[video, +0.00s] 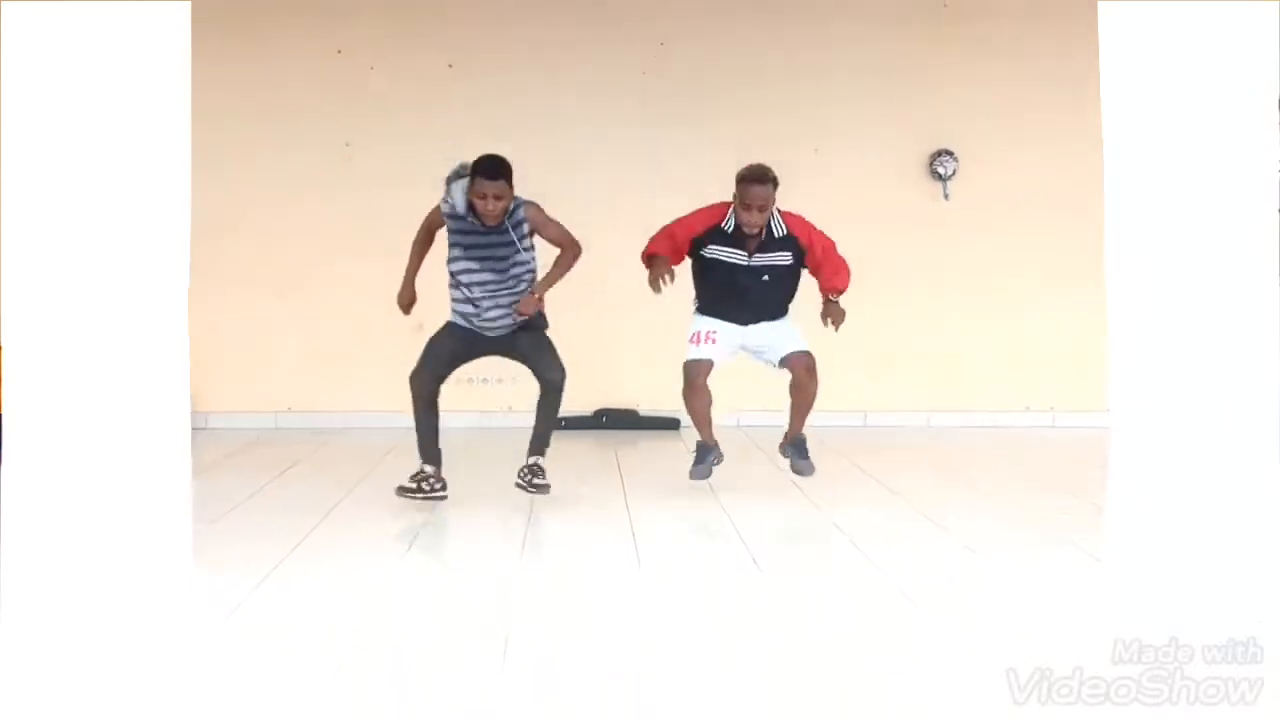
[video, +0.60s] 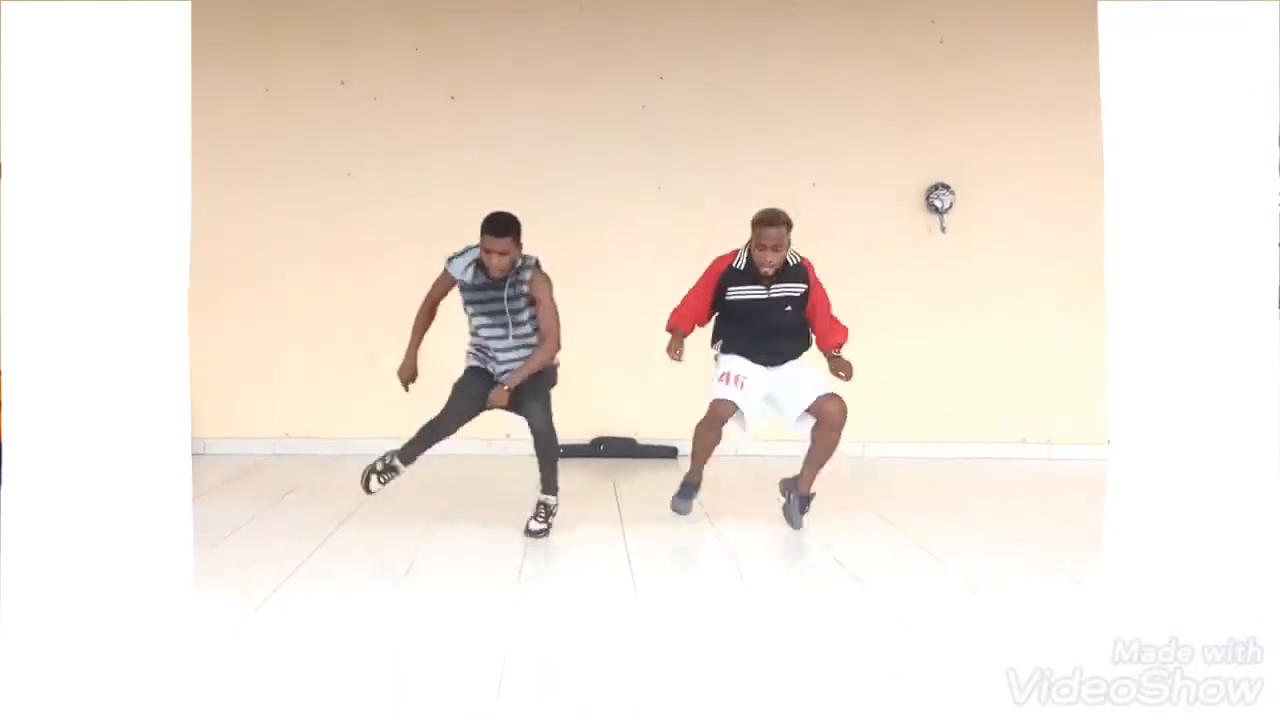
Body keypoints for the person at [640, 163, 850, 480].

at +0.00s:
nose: (753, 217)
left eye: (762, 209)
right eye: (746, 208)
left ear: (773, 203)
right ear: (735, 199)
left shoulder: (794, 229)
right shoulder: (712, 219)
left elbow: (829, 258)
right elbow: (670, 236)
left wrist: (832, 297)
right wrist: (658, 258)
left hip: (770, 323)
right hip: (715, 322)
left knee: (805, 367)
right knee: (693, 375)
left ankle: (793, 439)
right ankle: (708, 445)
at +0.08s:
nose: (753, 259)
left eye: (762, 250)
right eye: (746, 249)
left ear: (773, 243)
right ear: (733, 240)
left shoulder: (792, 263)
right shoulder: (711, 257)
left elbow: (822, 296)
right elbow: (671, 282)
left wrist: (830, 338)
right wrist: (670, 302)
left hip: (773, 350)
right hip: (718, 349)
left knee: (808, 392)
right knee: (699, 394)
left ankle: (793, 451)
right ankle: (712, 449)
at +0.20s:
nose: (750, 357)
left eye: (759, 348)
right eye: (743, 347)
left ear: (770, 342)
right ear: (732, 341)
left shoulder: (785, 355)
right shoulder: (714, 354)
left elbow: (802, 390)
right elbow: (667, 382)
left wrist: (820, 424)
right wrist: (672, 401)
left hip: (771, 425)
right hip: (726, 426)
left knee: (818, 424)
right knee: (698, 425)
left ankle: (790, 476)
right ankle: (711, 483)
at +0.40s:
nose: (769, 328)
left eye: (777, 320)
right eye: (761, 320)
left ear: (787, 322)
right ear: (748, 323)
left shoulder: (802, 350)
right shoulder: (731, 350)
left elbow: (811, 385)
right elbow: (694, 388)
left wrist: (832, 391)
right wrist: (667, 431)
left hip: (775, 424)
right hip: (730, 423)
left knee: (814, 429)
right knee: (695, 427)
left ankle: (780, 485)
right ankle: (702, 485)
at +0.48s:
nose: (771, 305)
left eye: (778, 297)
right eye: (763, 298)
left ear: (790, 294)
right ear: (752, 297)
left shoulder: (807, 312)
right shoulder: (737, 324)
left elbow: (850, 324)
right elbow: (698, 358)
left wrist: (837, 333)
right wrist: (659, 394)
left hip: (780, 401)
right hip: (731, 397)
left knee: (819, 427)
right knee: (704, 422)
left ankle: (779, 487)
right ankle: (676, 482)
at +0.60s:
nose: (768, 256)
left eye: (777, 249)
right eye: (762, 248)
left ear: (788, 244)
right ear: (751, 241)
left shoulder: (802, 271)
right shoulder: (728, 267)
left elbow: (821, 312)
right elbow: (699, 298)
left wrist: (832, 353)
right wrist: (679, 330)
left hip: (789, 364)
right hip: (739, 361)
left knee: (834, 412)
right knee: (718, 413)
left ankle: (802, 487)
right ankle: (692, 478)